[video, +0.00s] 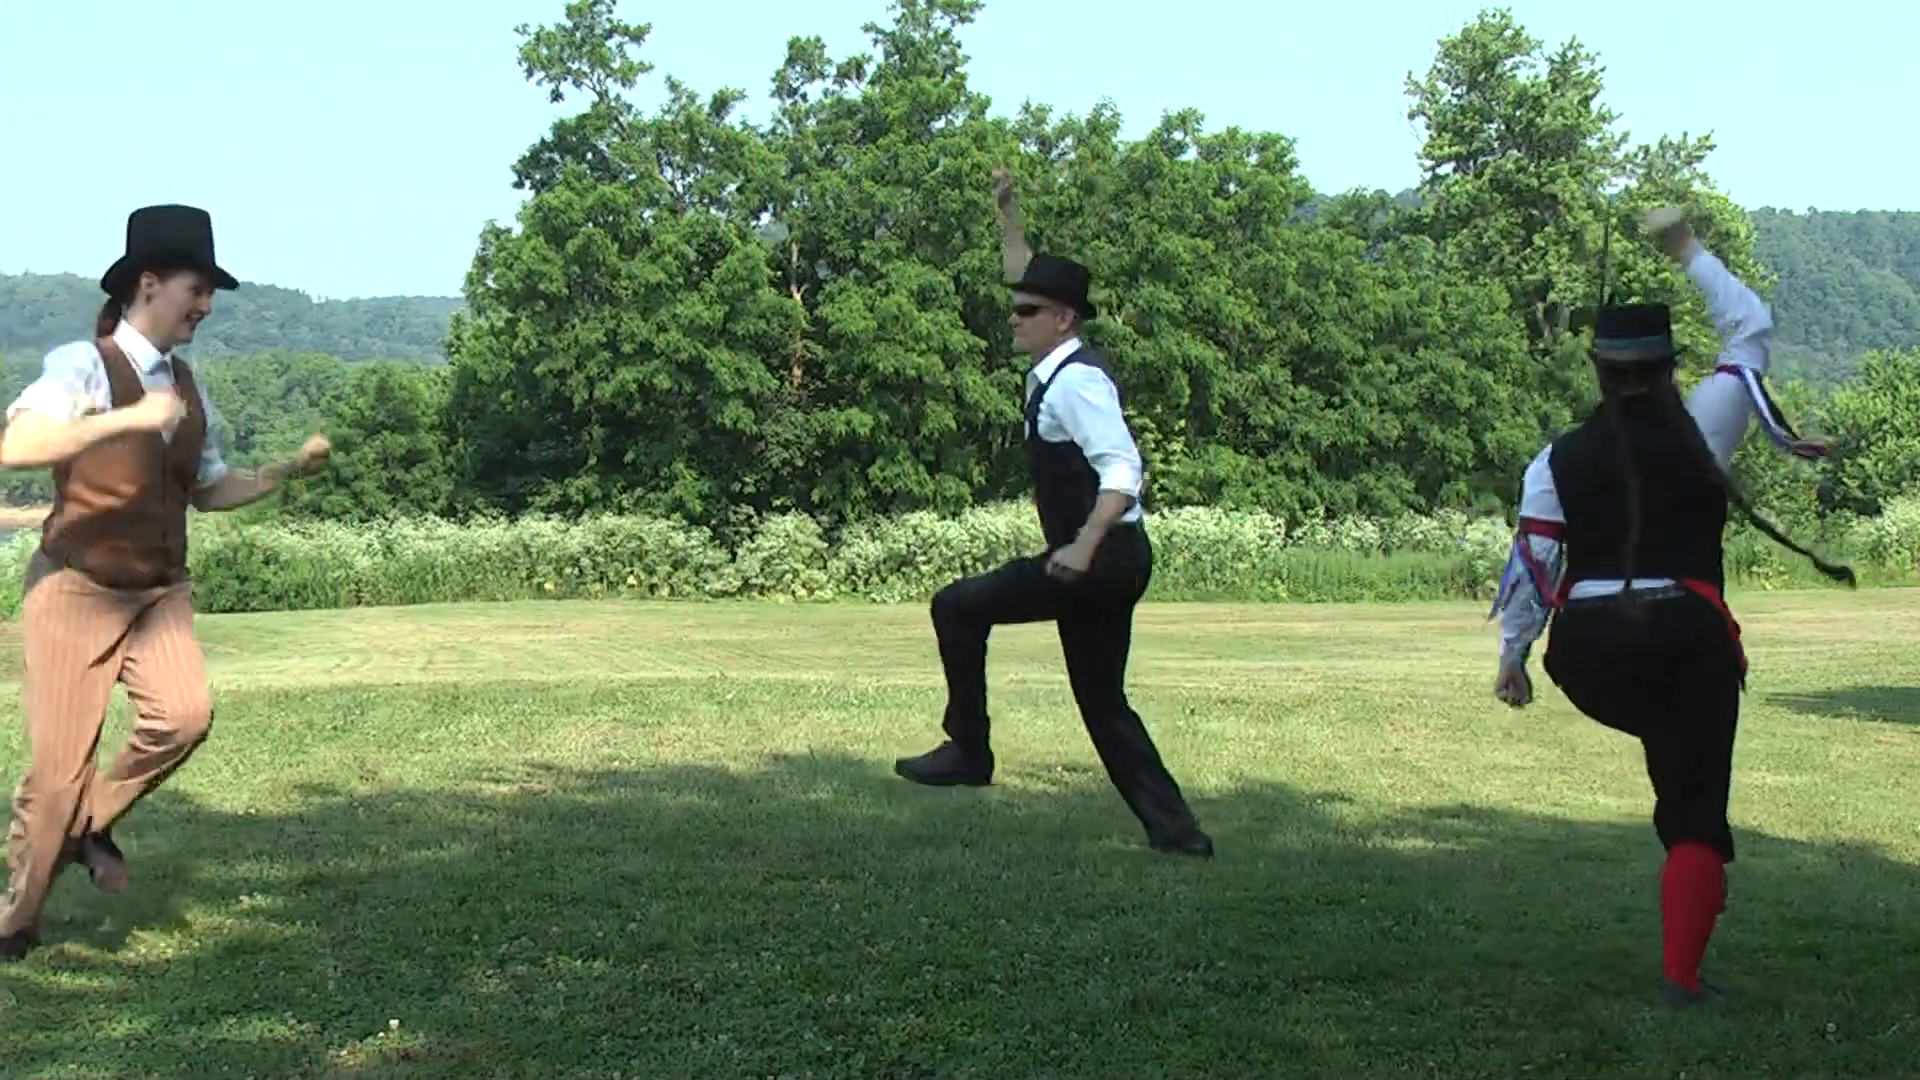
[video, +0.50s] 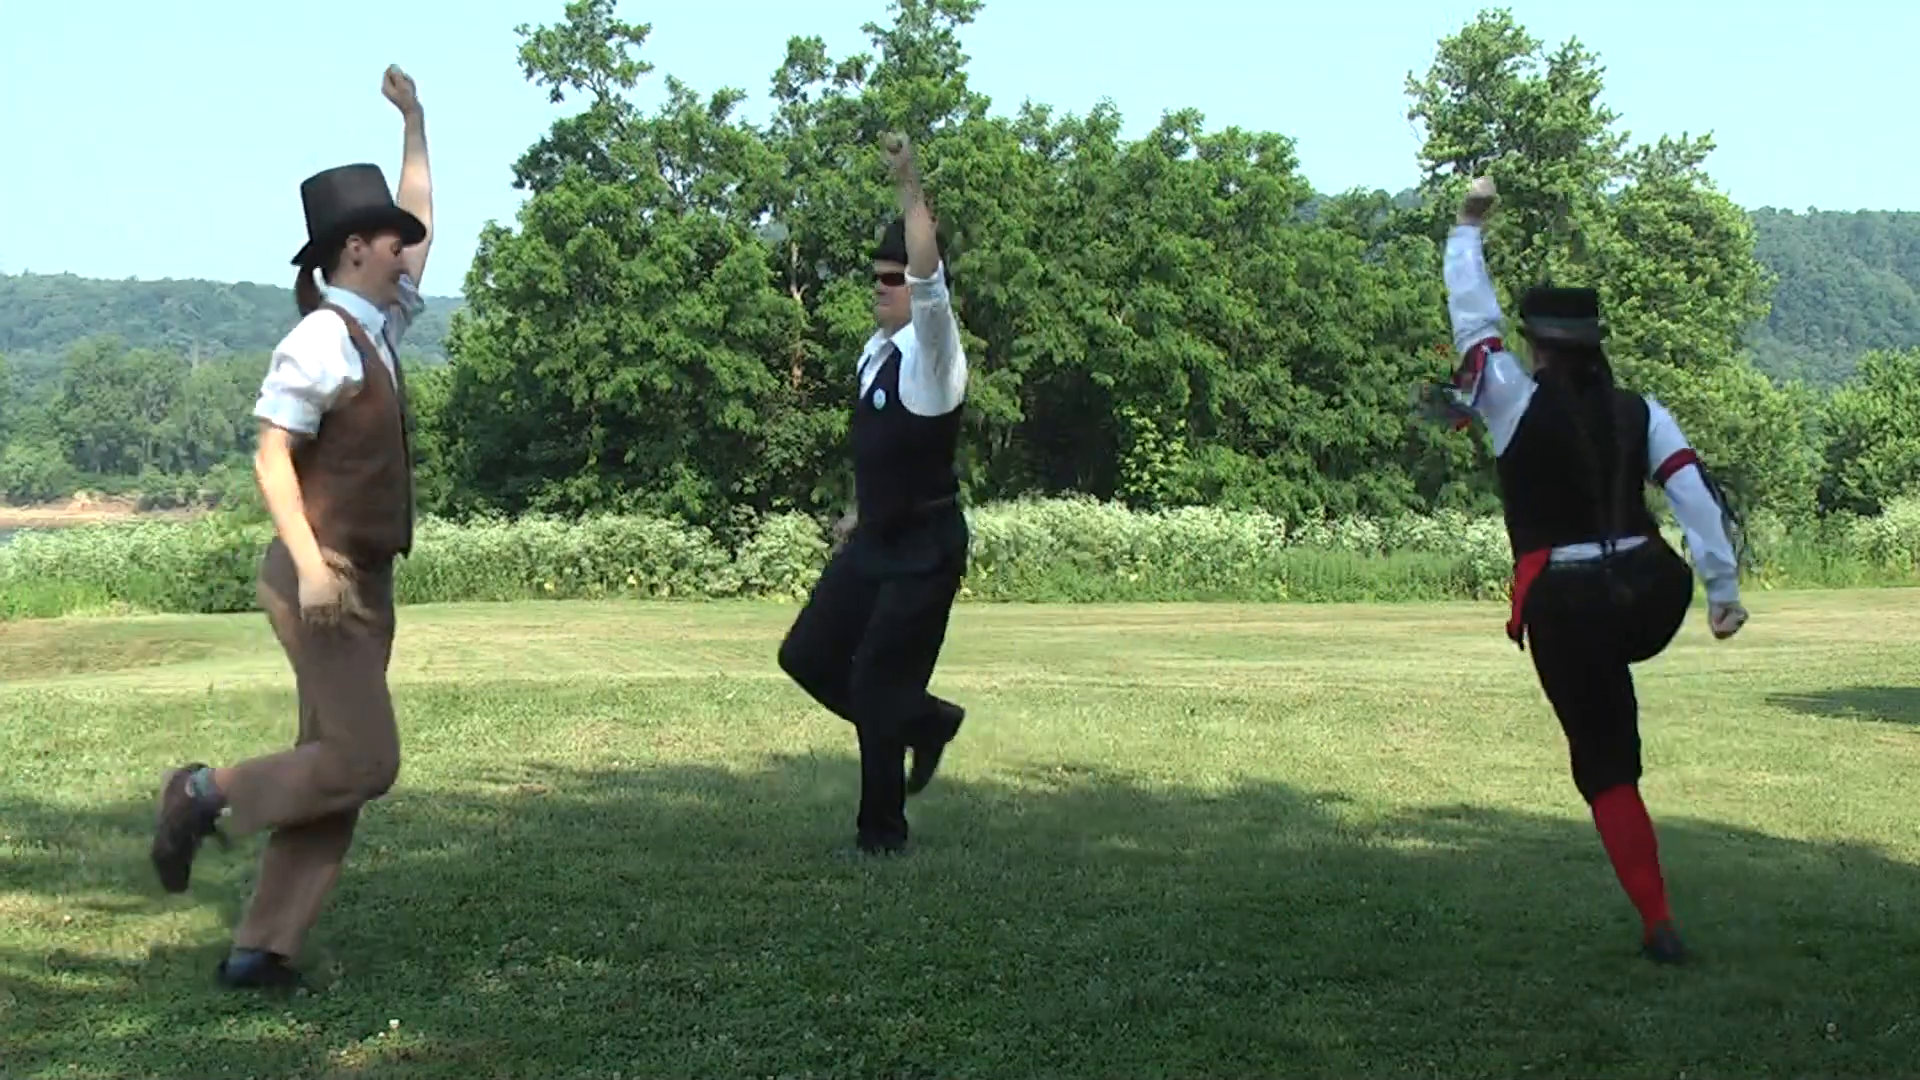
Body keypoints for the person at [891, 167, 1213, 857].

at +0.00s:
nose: (1016, 321)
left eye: (1028, 312)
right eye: (1016, 310)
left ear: (1064, 318)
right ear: (1052, 316)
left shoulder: (1077, 383)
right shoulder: (1056, 366)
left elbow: (1122, 469)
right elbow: (1026, 280)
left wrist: (1086, 541)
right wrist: (1007, 212)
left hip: (1098, 555)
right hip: (1102, 556)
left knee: (957, 608)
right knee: (1102, 703)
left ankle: (967, 750)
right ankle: (1178, 835)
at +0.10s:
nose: (987, 317)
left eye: (1000, 306)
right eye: (985, 307)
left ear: (1038, 313)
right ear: (992, 314)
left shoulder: (1051, 374)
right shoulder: (1016, 358)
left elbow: (1080, 444)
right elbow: (968, 300)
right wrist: (931, 240)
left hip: (1068, 554)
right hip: (1071, 552)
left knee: (931, 608)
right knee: (1089, 693)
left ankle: (924, 752)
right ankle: (1174, 829)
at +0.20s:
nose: (961, 306)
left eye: (976, 296)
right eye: (959, 295)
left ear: (1014, 303)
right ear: (957, 301)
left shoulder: (1027, 359)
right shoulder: (969, 346)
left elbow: (1031, 397)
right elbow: (917, 332)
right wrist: (861, 299)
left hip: (1028, 545)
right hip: (1019, 543)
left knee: (904, 641)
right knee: (1061, 682)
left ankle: (897, 793)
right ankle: (1157, 807)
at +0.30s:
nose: (934, 303)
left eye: (948, 294)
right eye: (932, 293)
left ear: (984, 306)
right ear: (931, 300)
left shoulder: (991, 376)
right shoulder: (937, 367)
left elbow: (993, 353)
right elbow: (897, 399)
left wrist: (959, 288)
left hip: (982, 548)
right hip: (957, 548)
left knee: (896, 679)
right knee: (997, 687)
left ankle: (883, 837)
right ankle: (1123, 781)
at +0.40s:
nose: (906, 306)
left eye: (919, 298)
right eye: (902, 296)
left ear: (949, 309)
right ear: (897, 305)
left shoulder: (959, 377)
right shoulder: (900, 371)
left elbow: (954, 308)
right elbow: (891, 450)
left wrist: (928, 216)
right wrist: (842, 491)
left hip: (951, 557)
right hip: (912, 556)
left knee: (877, 686)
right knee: (900, 700)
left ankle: (880, 840)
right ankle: (1035, 751)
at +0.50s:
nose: (880, 291)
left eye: (892, 282)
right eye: (876, 282)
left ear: (922, 289)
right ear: (876, 291)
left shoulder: (933, 356)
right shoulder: (875, 355)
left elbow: (926, 274)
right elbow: (882, 447)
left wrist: (911, 184)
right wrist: (862, 511)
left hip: (927, 544)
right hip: (873, 539)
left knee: (879, 688)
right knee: (805, 656)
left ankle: (881, 830)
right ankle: (928, 721)